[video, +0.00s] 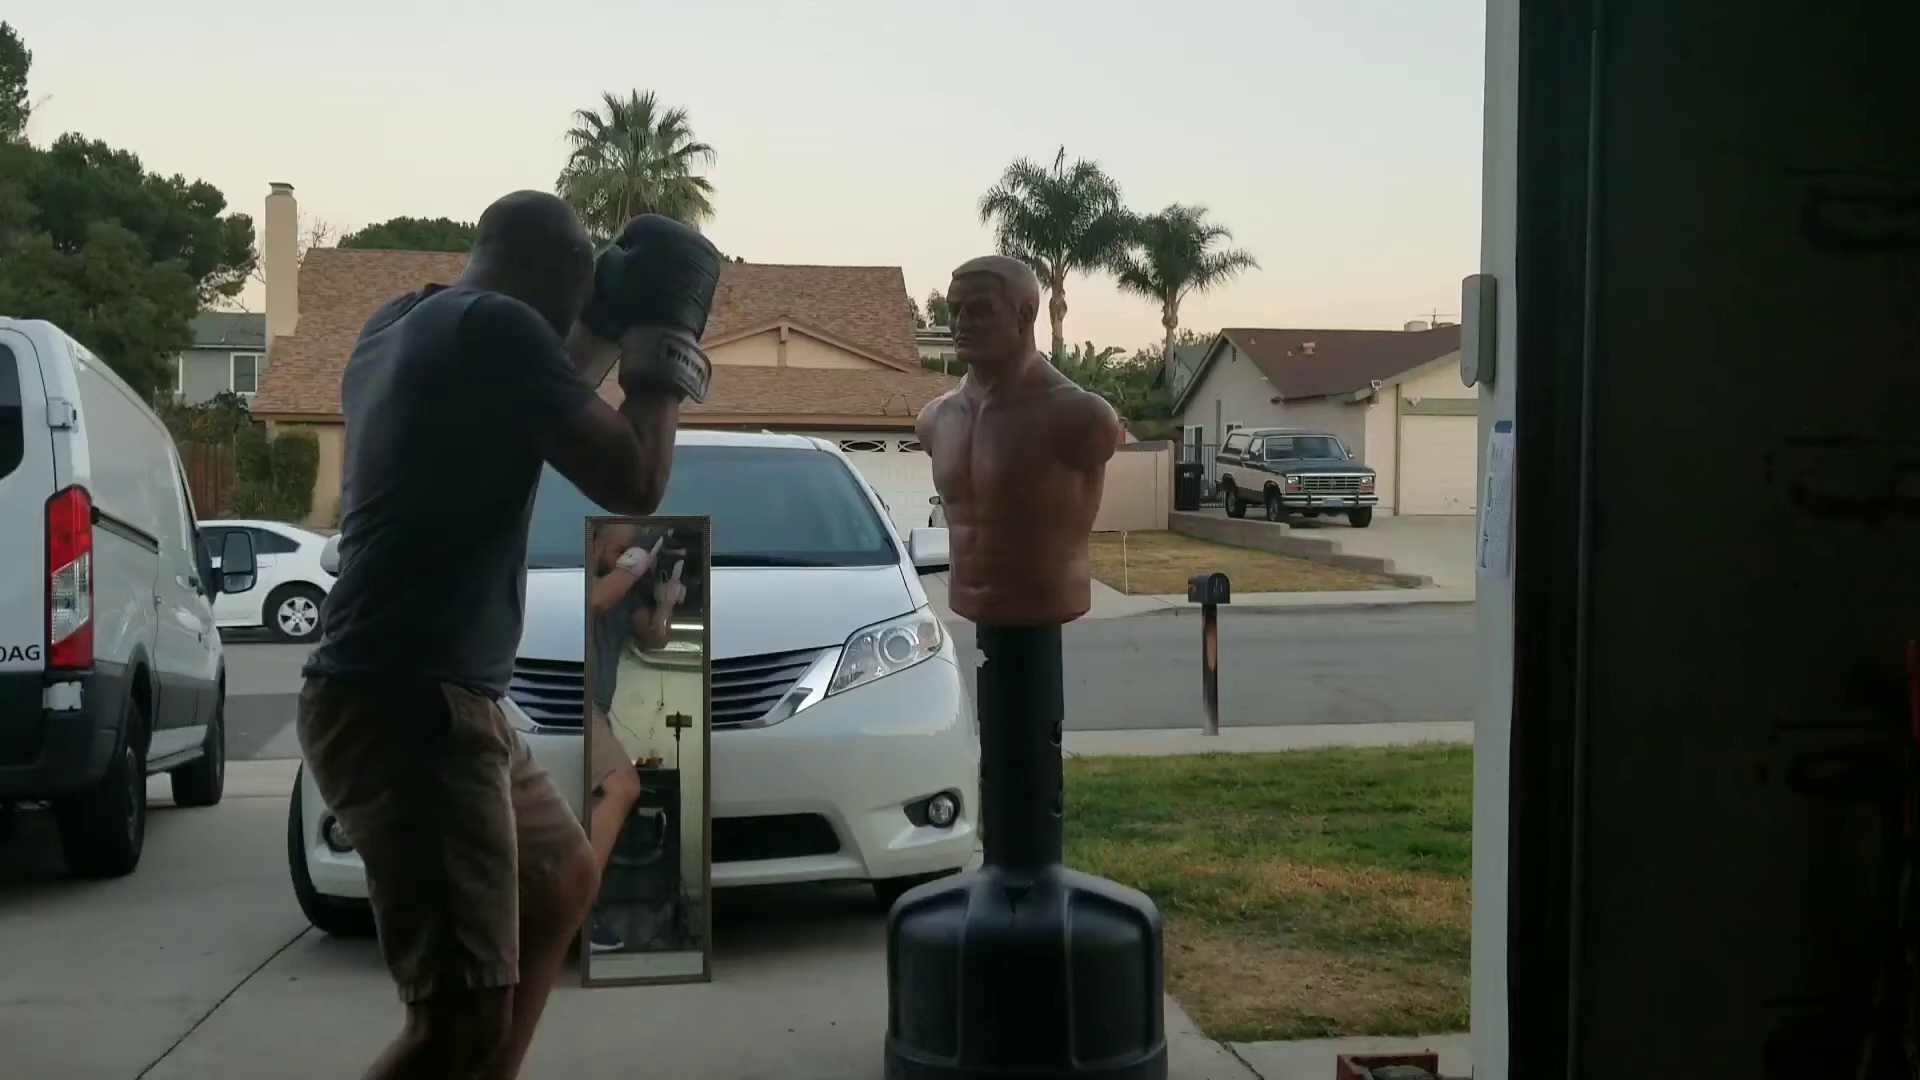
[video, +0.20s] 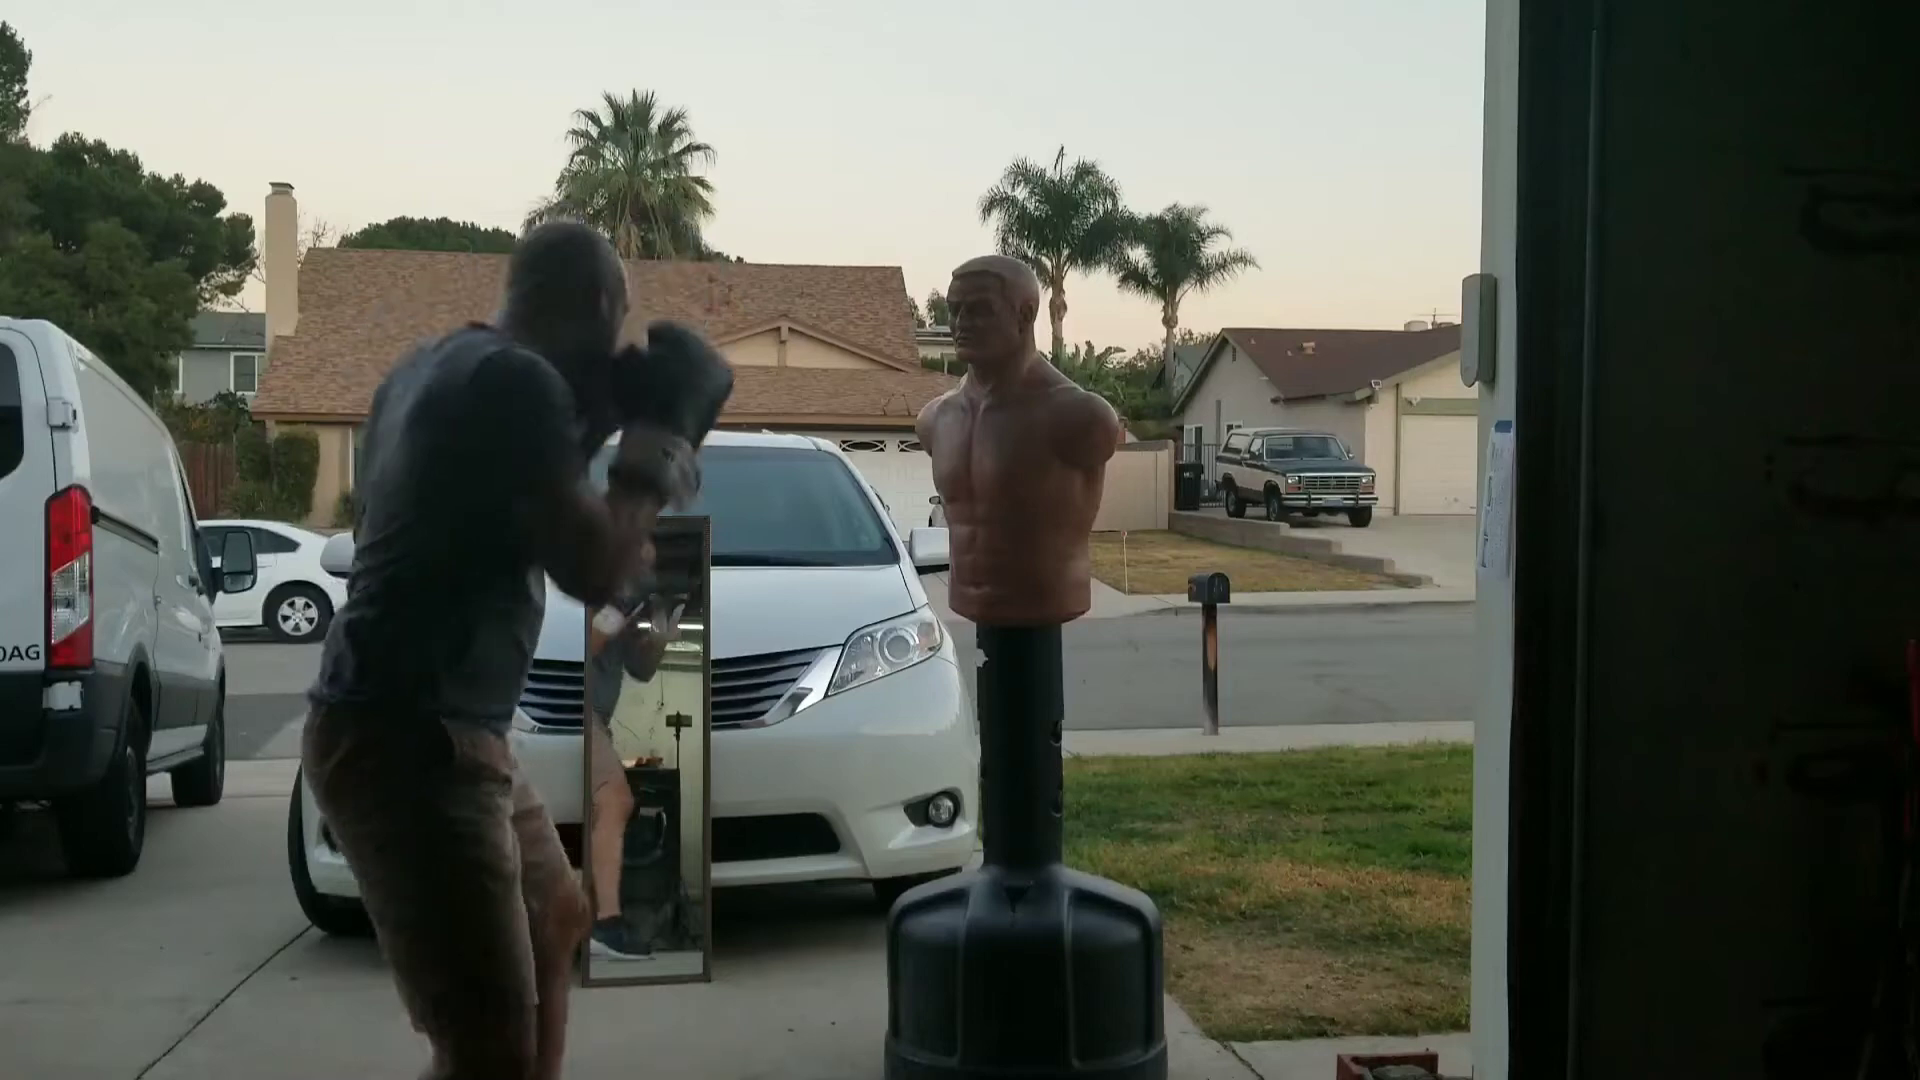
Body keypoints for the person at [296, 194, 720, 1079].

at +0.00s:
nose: (575, 327)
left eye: (586, 306)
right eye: (578, 304)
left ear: (482, 260)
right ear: (562, 283)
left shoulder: (395, 328)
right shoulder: (500, 330)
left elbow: (531, 415)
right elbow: (636, 473)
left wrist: (605, 319)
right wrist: (669, 330)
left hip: (451, 694)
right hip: (408, 702)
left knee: (558, 885)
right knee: (468, 1017)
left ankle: (485, 1071)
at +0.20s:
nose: (619, 336)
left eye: (621, 319)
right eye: (620, 314)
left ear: (519, 295)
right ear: (594, 306)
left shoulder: (435, 365)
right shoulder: (513, 383)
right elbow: (602, 571)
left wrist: (591, 410)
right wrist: (654, 436)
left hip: (455, 727)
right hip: (409, 737)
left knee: (555, 915)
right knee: (489, 1037)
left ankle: (535, 1072)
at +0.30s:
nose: (651, 429)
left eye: (654, 406)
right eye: (650, 403)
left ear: (555, 380)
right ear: (611, 392)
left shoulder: (488, 451)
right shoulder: (508, 470)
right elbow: (538, 670)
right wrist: (649, 562)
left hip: (445, 787)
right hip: (389, 804)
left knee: (569, 923)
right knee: (494, 1062)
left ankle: (537, 1073)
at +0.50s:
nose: (622, 388)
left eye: (621, 378)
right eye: (622, 376)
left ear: (522, 366)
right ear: (607, 369)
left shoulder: (443, 439)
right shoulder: (589, 415)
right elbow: (654, 593)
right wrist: (699, 496)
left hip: (387, 759)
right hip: (462, 770)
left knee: (571, 907)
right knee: (526, 1050)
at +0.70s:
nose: (665, 397)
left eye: (662, 386)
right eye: (663, 384)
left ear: (571, 376)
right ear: (649, 378)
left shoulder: (498, 451)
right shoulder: (628, 426)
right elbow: (710, 585)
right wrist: (740, 483)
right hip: (498, 755)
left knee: (614, 906)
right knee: (528, 1044)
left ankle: (547, 1063)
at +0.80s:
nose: (706, 390)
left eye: (705, 373)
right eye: (702, 372)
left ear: (610, 368)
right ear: (674, 370)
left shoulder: (565, 423)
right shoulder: (629, 428)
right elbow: (761, 540)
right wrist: (786, 425)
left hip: (535, 738)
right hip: (498, 748)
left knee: (669, 898)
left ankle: (560, 1052)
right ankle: (532, 1067)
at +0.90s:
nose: (739, 402)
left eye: (735, 382)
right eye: (728, 381)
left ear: (655, 378)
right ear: (692, 379)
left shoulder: (645, 455)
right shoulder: (632, 451)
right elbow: (786, 527)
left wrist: (781, 398)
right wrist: (789, 394)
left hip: (612, 737)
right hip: (523, 749)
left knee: (733, 861)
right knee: (630, 974)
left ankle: (613, 1034)